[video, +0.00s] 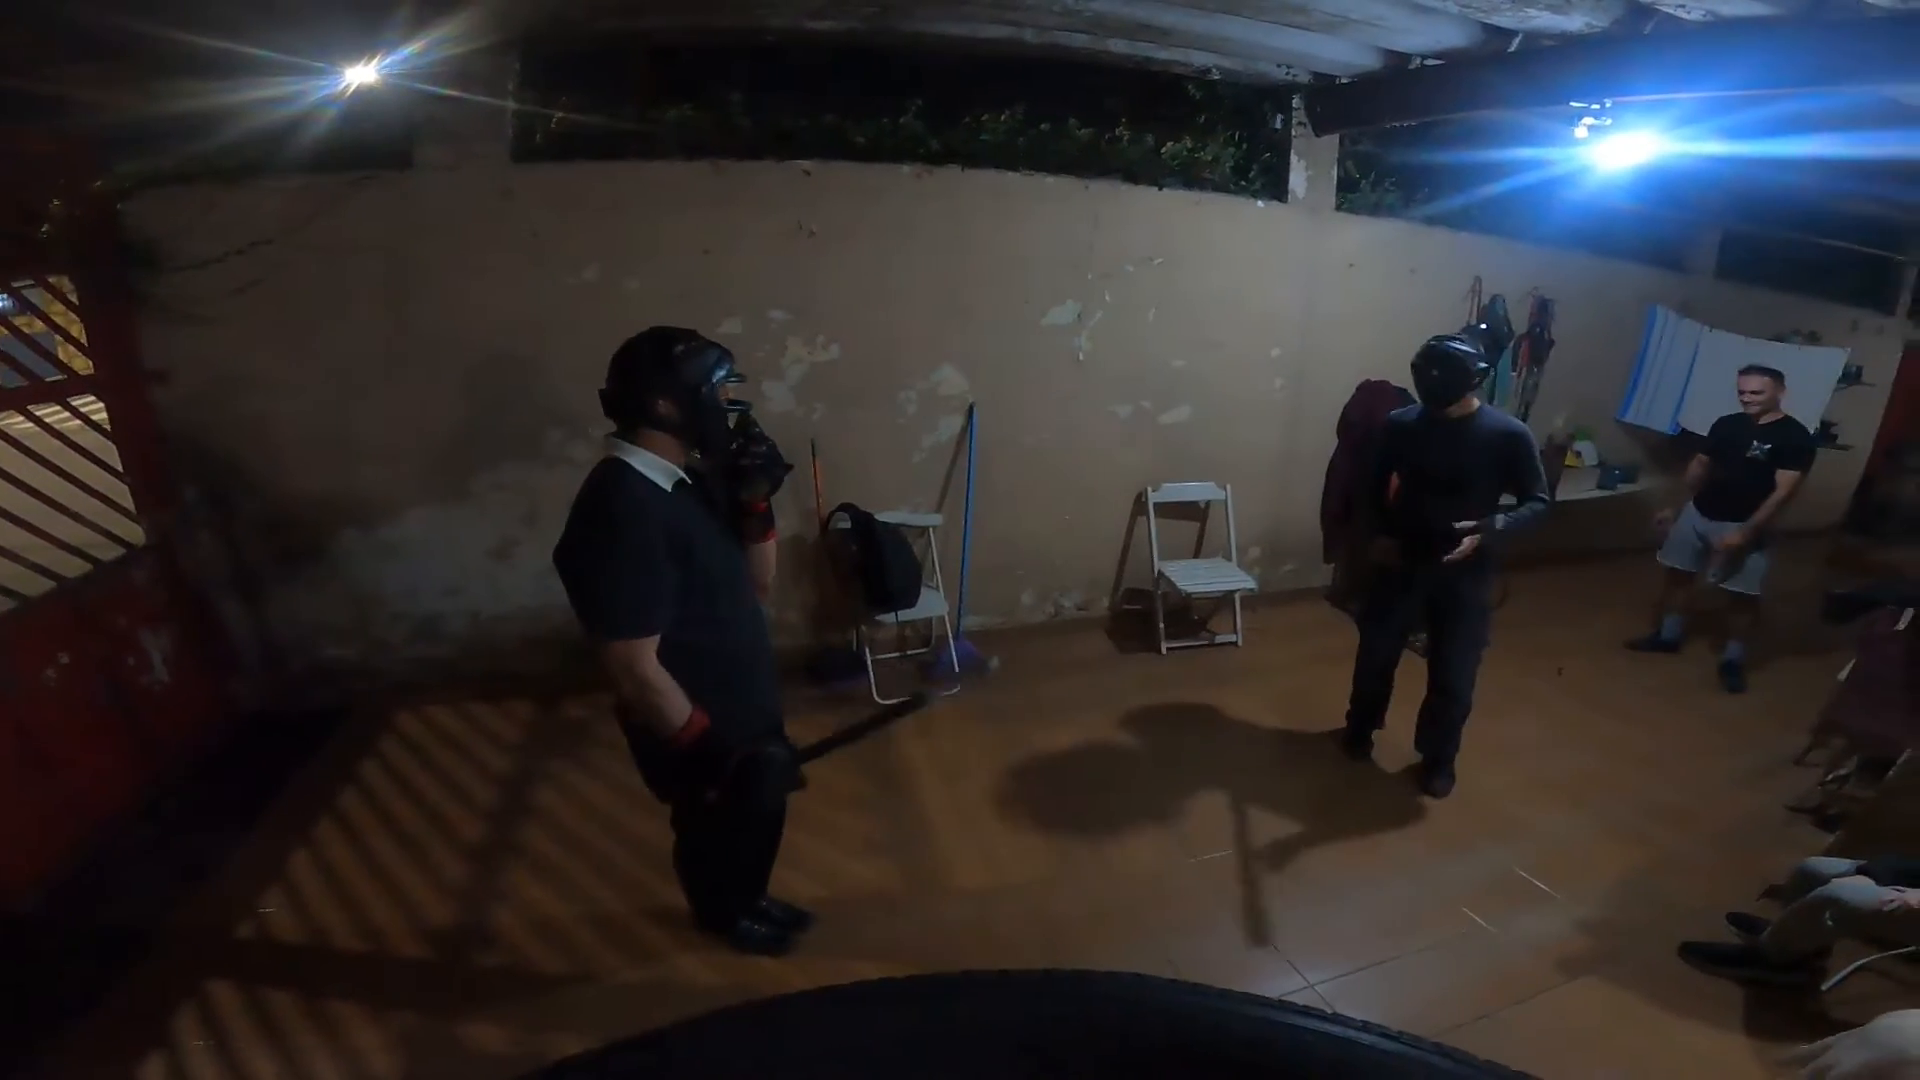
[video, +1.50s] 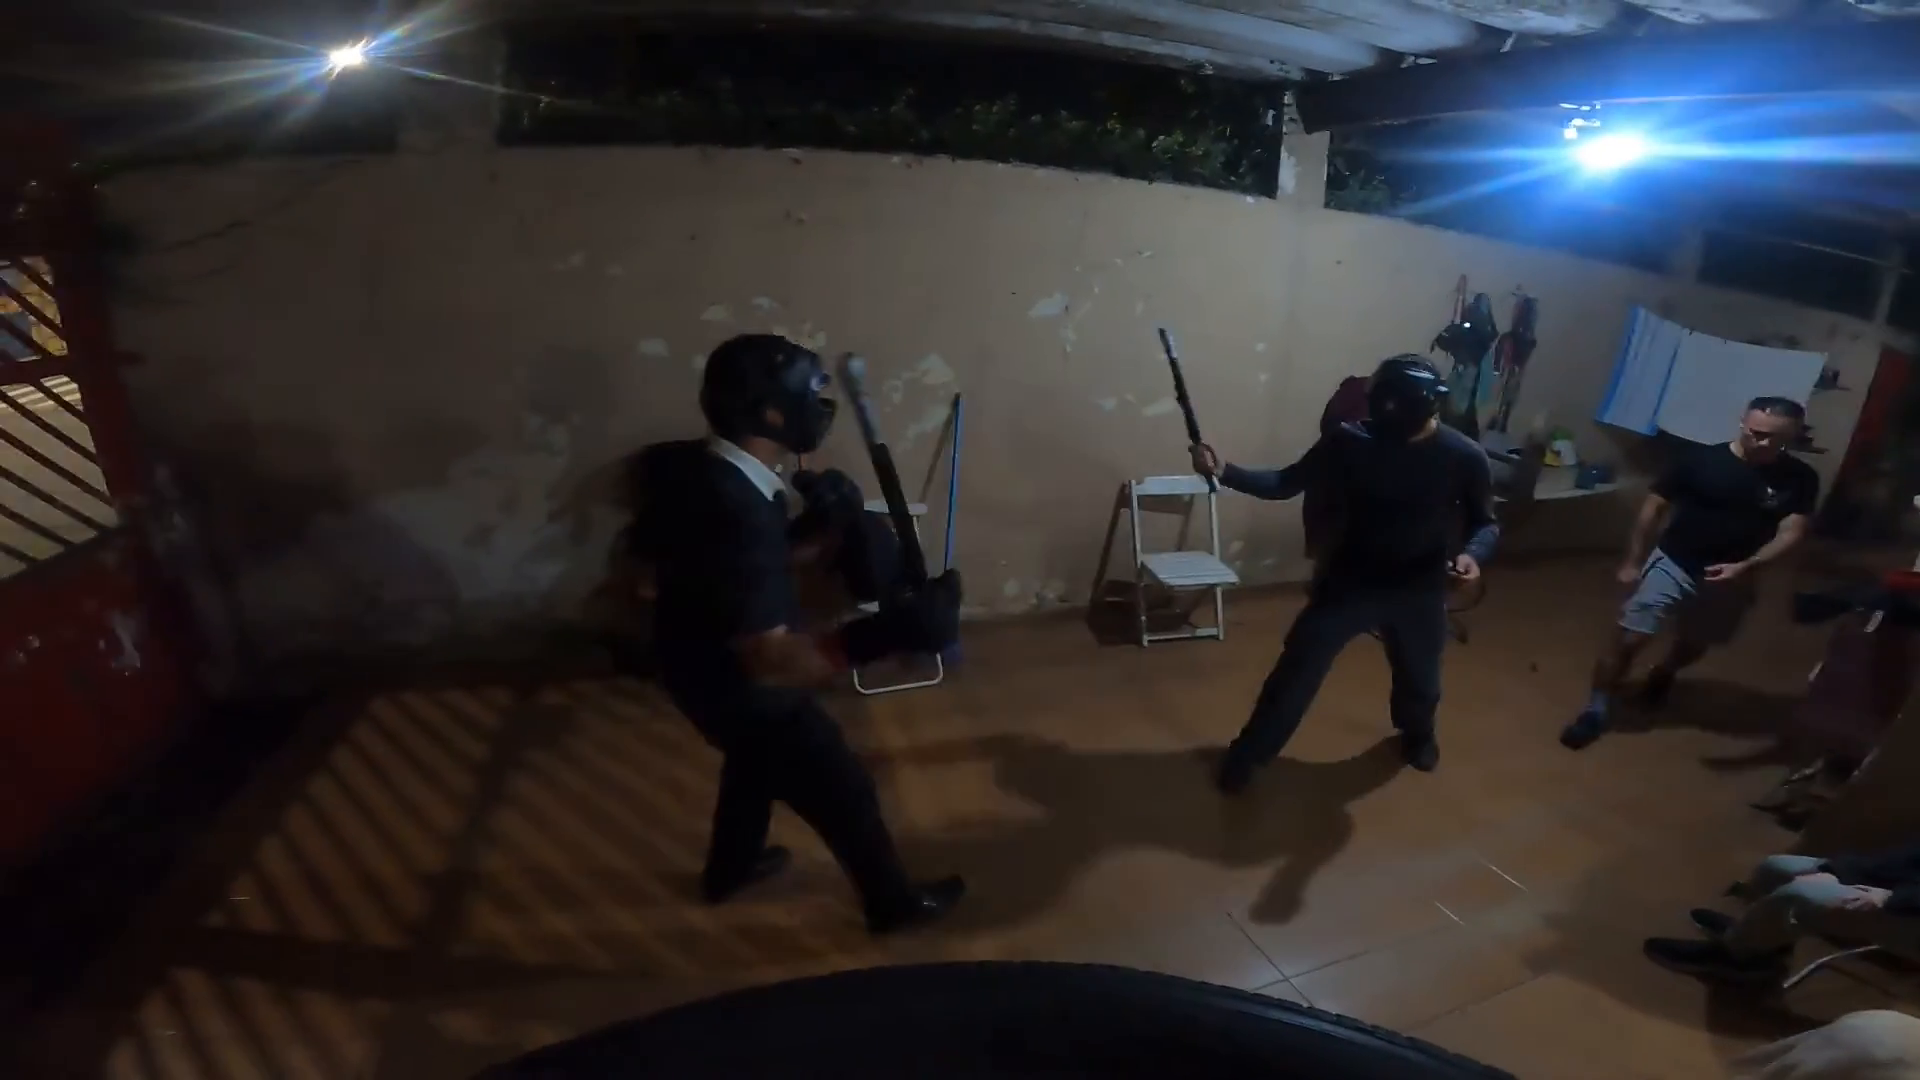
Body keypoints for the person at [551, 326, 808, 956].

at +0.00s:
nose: (726, 402)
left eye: (723, 385)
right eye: (708, 388)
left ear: (666, 408)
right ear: (661, 407)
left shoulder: (687, 479)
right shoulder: (614, 510)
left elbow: (756, 587)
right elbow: (633, 666)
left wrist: (754, 505)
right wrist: (706, 742)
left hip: (741, 694)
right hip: (695, 719)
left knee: (755, 809)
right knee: (718, 824)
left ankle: (747, 898)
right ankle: (723, 914)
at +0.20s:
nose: (702, 401)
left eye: (697, 386)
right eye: (683, 390)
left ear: (637, 411)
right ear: (633, 410)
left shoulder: (666, 483)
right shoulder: (587, 520)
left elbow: (747, 580)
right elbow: (633, 666)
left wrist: (735, 503)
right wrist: (734, 712)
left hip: (723, 700)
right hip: (668, 723)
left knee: (736, 814)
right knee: (694, 826)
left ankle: (729, 901)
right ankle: (703, 918)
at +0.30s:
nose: (626, 404)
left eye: (623, 390)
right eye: (609, 392)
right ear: (574, 405)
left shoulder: (591, 492)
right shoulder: (534, 512)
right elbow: (565, 645)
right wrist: (647, 694)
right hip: (616, 706)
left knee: (662, 805)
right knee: (656, 812)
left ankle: (667, 904)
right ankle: (664, 916)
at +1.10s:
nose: (703, 393)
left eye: (699, 378)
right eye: (687, 381)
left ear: (643, 401)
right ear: (644, 400)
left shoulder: (648, 468)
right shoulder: (609, 499)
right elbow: (638, 652)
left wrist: (705, 518)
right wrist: (745, 682)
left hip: (677, 683)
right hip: (649, 702)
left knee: (707, 785)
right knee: (707, 810)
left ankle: (703, 861)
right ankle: (672, 909)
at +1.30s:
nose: (753, 400)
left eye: (750, 385)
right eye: (738, 389)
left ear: (692, 408)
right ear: (697, 407)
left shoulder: (663, 470)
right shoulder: (662, 500)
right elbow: (689, 650)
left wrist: (748, 517)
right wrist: (793, 664)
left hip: (681, 670)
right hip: (679, 687)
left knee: (724, 765)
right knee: (798, 792)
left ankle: (709, 877)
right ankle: (755, 905)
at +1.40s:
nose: (787, 403)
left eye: (782, 389)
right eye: (771, 391)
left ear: (724, 411)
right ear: (730, 410)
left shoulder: (680, 473)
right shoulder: (701, 503)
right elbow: (718, 643)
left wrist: (784, 520)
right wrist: (808, 659)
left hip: (679, 668)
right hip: (704, 682)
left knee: (739, 752)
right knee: (819, 784)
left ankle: (723, 867)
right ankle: (837, 909)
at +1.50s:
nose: (823, 405)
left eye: (819, 392)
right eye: (809, 395)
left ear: (757, 414)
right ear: (770, 416)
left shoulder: (694, 472)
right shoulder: (742, 510)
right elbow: (765, 652)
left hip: (686, 660)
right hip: (730, 679)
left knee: (758, 745)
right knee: (834, 778)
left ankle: (732, 861)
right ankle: (890, 900)